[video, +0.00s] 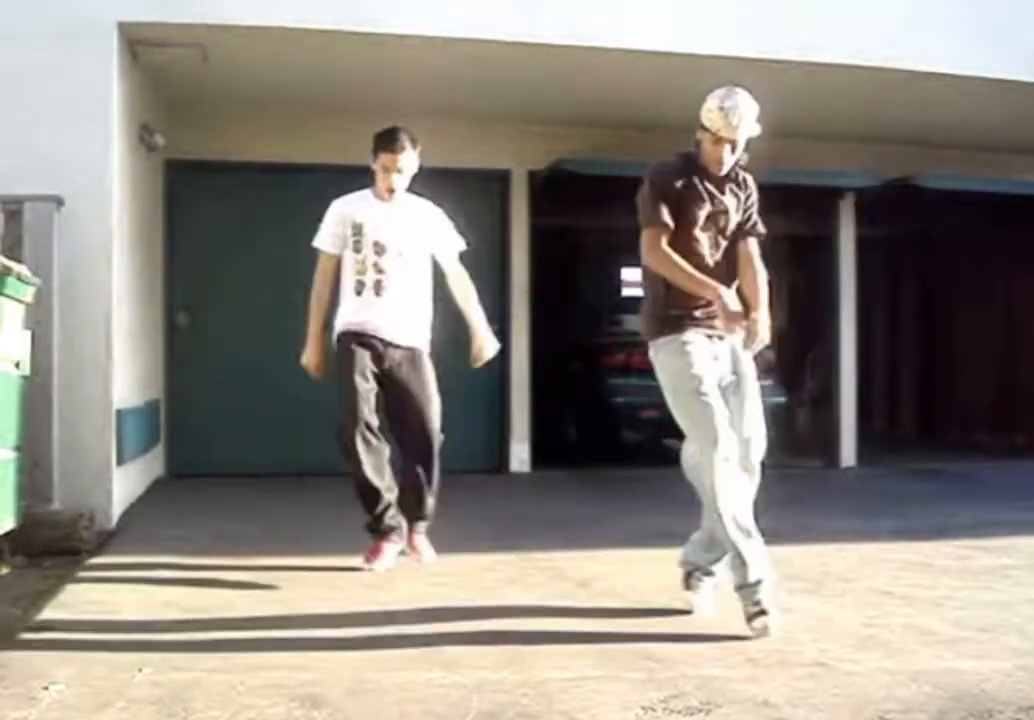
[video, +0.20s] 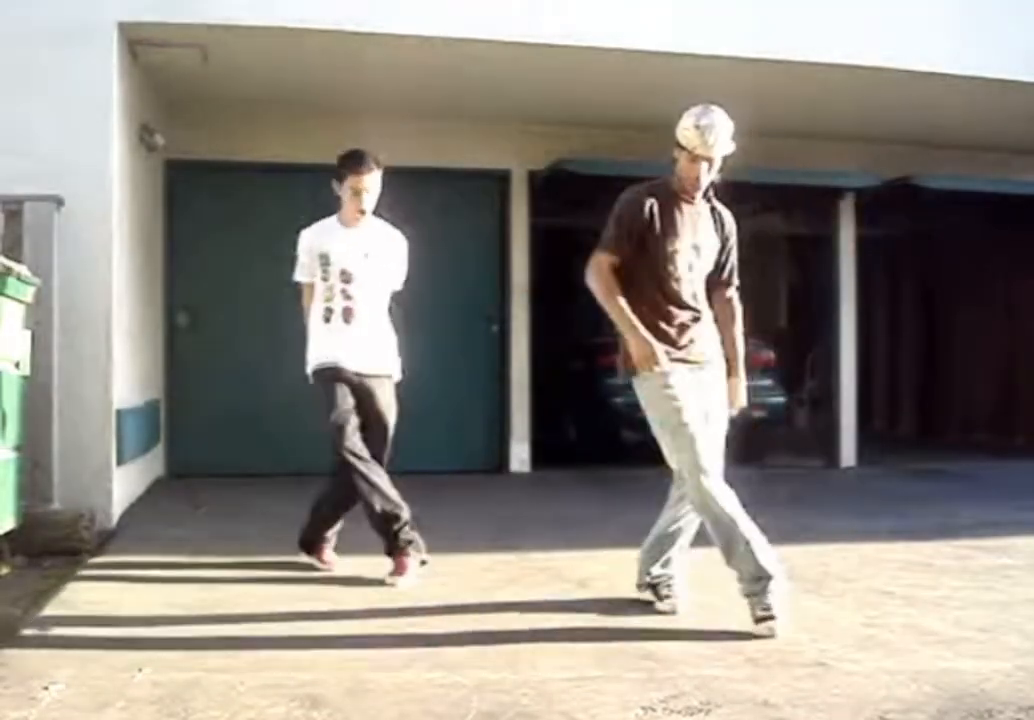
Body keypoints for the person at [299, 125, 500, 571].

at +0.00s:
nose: (395, 178)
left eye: (403, 170)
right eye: (388, 169)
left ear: (415, 168)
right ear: (374, 164)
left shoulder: (428, 216)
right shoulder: (345, 210)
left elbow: (456, 275)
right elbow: (324, 276)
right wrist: (314, 339)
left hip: (410, 339)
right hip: (358, 333)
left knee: (426, 430)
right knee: (359, 427)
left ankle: (418, 525)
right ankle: (386, 529)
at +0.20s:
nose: (364, 200)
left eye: (370, 191)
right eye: (356, 191)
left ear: (379, 190)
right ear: (339, 188)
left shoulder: (393, 241)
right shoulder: (313, 237)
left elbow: (385, 297)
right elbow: (309, 298)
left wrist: (360, 330)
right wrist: (320, 340)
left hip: (377, 354)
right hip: (330, 353)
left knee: (373, 454)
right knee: (346, 443)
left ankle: (317, 533)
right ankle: (403, 541)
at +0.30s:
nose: (354, 190)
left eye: (359, 182)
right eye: (346, 182)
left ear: (365, 180)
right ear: (325, 180)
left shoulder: (376, 224)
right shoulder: (294, 223)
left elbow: (375, 287)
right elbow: (280, 285)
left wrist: (365, 331)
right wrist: (285, 338)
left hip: (363, 350)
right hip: (312, 344)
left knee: (365, 447)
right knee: (300, 426)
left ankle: (328, 516)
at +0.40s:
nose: (333, 191)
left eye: (338, 183)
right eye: (326, 183)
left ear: (341, 180)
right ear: (304, 177)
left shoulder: (346, 221)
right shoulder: (270, 220)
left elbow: (348, 280)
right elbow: (242, 273)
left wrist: (372, 322)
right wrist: (228, 326)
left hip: (339, 356)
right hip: (285, 353)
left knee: (380, 439)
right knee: (252, 435)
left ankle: (371, 530)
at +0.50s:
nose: (312, 225)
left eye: (319, 218)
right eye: (306, 217)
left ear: (325, 216)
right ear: (286, 210)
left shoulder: (327, 260)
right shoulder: (255, 258)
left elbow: (350, 314)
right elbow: (212, 311)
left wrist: (383, 272)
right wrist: (169, 291)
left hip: (308, 388)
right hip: (255, 385)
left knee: (359, 464)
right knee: (217, 469)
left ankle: (413, 543)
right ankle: (166, 532)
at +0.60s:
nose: (308, 221)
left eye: (315, 213)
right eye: (300, 213)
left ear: (323, 213)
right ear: (283, 212)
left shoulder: (333, 258)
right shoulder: (258, 257)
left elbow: (373, 291)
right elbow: (202, 294)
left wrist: (385, 245)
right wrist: (175, 249)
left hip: (313, 388)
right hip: (258, 386)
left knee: (365, 460)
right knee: (220, 471)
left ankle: (413, 546)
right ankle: (169, 534)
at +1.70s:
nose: (405, 197)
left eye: (413, 190)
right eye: (398, 189)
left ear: (422, 192)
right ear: (383, 188)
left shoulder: (433, 240)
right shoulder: (361, 240)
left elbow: (450, 304)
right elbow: (354, 306)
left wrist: (425, 288)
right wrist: (390, 294)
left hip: (432, 348)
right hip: (389, 352)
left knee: (448, 447)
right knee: (423, 443)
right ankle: (461, 541)